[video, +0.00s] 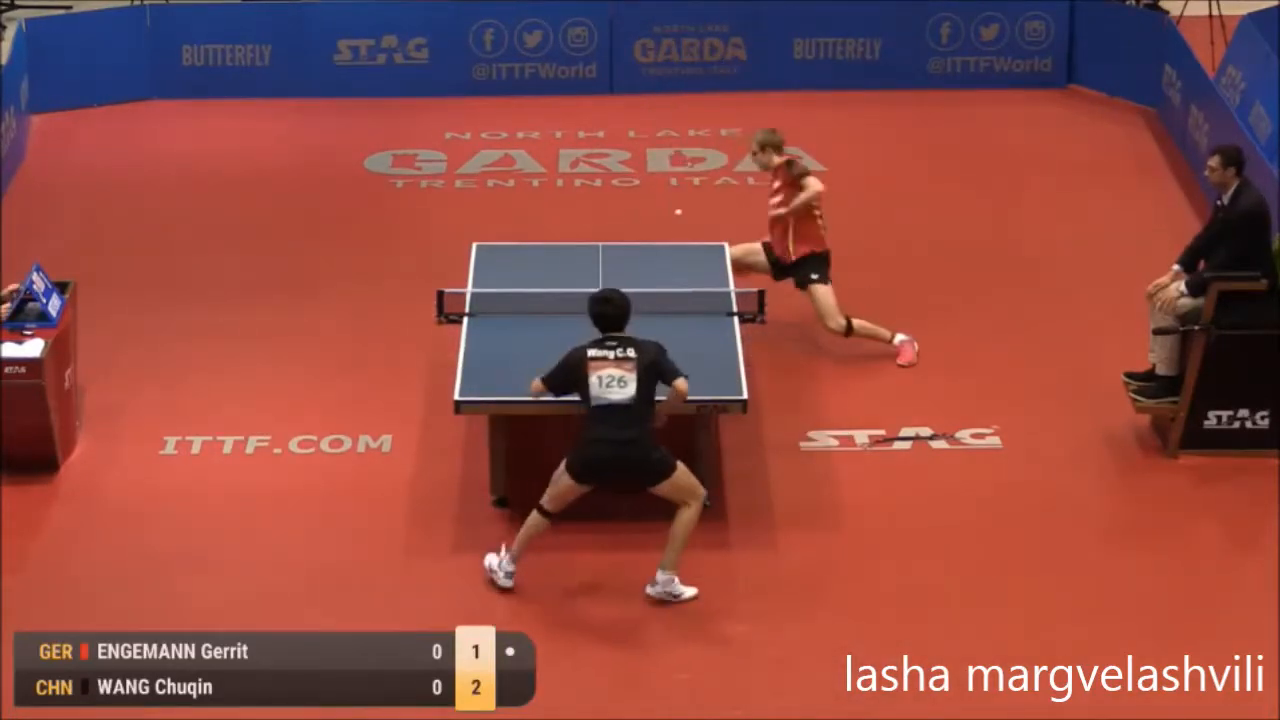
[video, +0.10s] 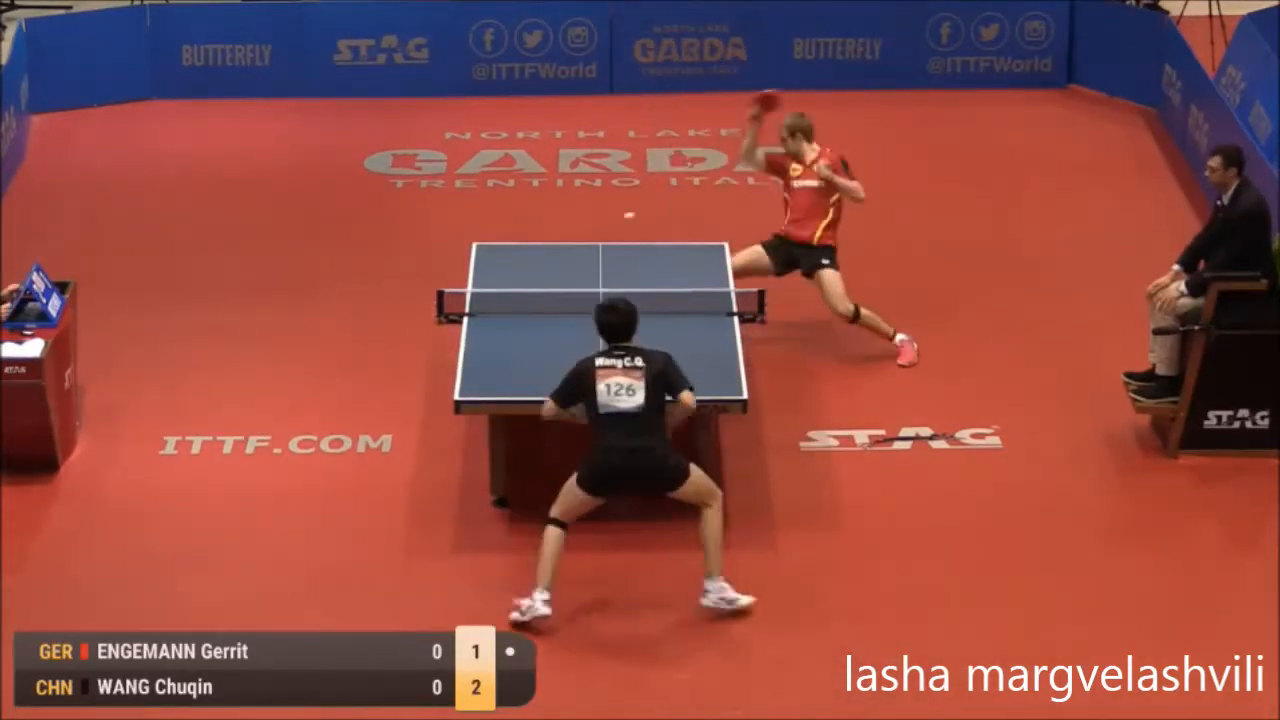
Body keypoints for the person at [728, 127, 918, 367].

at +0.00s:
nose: (753, 159)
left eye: (755, 153)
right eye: (752, 154)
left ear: (767, 150)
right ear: (769, 151)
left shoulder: (791, 167)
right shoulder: (778, 175)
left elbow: (816, 189)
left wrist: (786, 211)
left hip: (809, 257)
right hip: (781, 253)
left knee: (835, 323)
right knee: (727, 257)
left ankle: (899, 340)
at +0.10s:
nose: (784, 145)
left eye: (786, 139)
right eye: (783, 140)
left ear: (799, 136)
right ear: (793, 138)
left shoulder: (832, 160)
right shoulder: (788, 164)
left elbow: (858, 195)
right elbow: (748, 158)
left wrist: (831, 177)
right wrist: (755, 124)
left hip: (818, 249)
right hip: (785, 244)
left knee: (843, 309)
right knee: (726, 268)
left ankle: (900, 340)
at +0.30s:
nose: (792, 108)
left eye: (797, 103)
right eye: (791, 103)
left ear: (815, 101)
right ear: (791, 102)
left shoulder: (840, 132)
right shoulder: (788, 124)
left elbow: (857, 161)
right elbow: (749, 131)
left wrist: (854, 172)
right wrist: (759, 99)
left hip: (820, 212)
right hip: (782, 208)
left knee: (853, 268)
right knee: (731, 253)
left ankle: (886, 328)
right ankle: (709, 314)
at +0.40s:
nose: (790, 108)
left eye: (795, 103)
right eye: (788, 102)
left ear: (813, 101)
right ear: (788, 101)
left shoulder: (837, 130)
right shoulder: (784, 128)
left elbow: (849, 155)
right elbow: (744, 150)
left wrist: (851, 180)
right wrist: (742, 122)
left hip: (821, 209)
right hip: (784, 208)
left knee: (853, 264)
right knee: (738, 265)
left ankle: (870, 323)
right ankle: (714, 318)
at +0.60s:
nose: (765, 91)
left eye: (771, 86)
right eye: (764, 85)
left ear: (787, 87)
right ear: (763, 86)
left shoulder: (812, 113)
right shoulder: (761, 115)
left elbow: (836, 139)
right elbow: (745, 149)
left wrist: (813, 159)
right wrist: (729, 153)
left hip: (809, 187)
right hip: (772, 186)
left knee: (836, 246)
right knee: (734, 237)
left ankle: (862, 310)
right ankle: (727, 296)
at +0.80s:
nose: (751, 68)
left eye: (757, 63)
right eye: (750, 63)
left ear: (772, 64)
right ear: (751, 65)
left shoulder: (797, 94)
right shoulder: (758, 96)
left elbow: (819, 132)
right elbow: (762, 134)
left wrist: (782, 145)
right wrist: (741, 160)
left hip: (803, 173)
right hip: (772, 170)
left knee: (808, 239)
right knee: (736, 220)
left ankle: (837, 296)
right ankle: (740, 273)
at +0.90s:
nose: (740, 58)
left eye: (745, 54)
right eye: (740, 53)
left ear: (762, 58)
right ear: (747, 58)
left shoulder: (780, 91)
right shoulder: (754, 91)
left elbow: (801, 132)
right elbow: (761, 131)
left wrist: (763, 143)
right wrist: (744, 159)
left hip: (791, 171)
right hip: (763, 169)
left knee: (800, 233)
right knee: (736, 221)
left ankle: (834, 295)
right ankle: (762, 269)